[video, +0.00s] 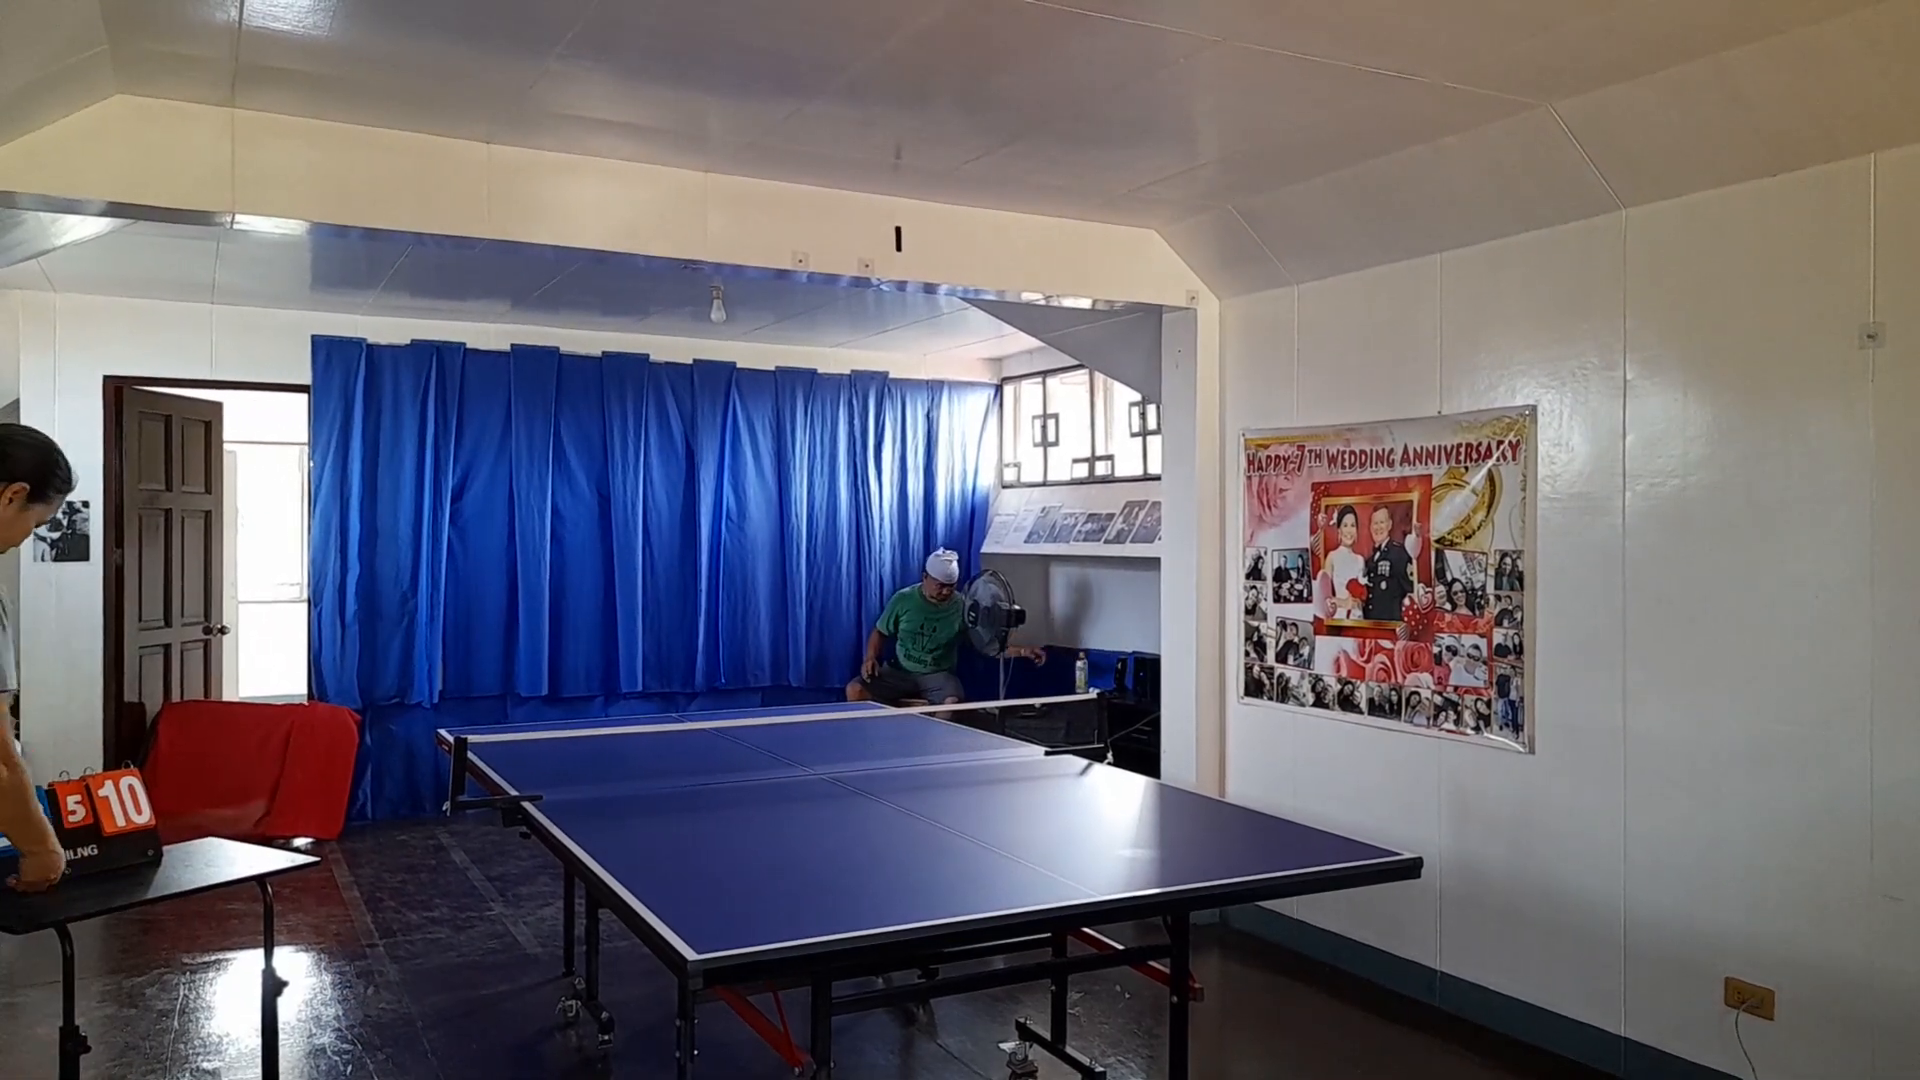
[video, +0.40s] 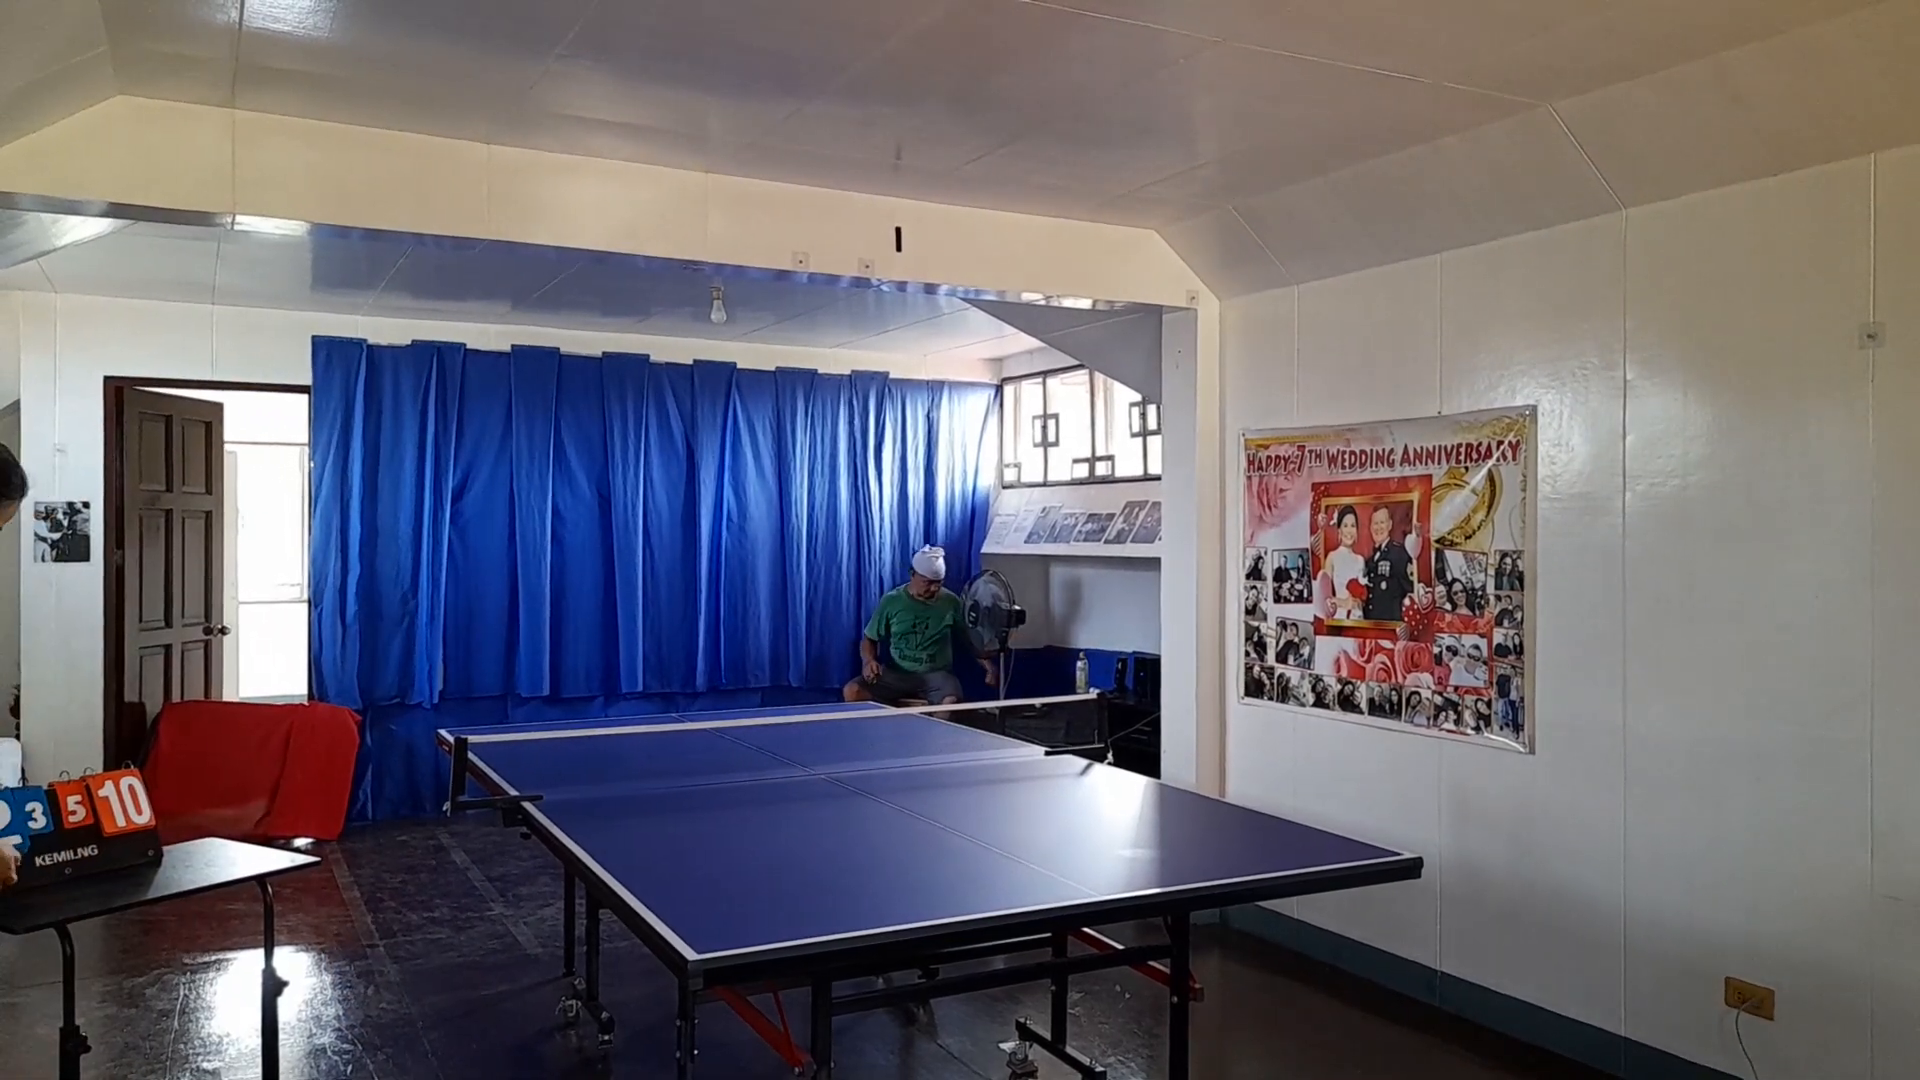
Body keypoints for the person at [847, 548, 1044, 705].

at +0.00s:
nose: (945, 592)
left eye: (950, 587)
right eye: (940, 585)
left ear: (956, 583)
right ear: (925, 578)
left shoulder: (963, 607)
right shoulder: (904, 599)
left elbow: (986, 645)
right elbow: (880, 632)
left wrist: (1022, 651)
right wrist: (870, 657)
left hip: (938, 676)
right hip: (901, 672)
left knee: (951, 703)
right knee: (854, 690)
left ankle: (933, 752)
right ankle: (871, 746)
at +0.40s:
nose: (933, 589)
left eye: (938, 583)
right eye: (928, 582)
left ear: (943, 579)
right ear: (913, 576)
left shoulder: (952, 603)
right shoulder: (891, 601)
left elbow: (970, 639)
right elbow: (869, 637)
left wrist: (988, 666)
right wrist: (868, 661)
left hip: (936, 675)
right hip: (898, 673)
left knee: (950, 701)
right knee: (852, 691)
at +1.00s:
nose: (900, 586)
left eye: (903, 579)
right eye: (892, 582)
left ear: (907, 574)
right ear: (877, 580)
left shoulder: (926, 598)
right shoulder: (866, 611)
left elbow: (949, 637)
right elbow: (858, 655)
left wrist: (961, 679)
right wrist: (872, 678)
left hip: (928, 671)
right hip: (888, 674)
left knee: (940, 698)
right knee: (848, 690)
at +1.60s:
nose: (867, 609)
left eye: (870, 601)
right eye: (859, 606)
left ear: (880, 589)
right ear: (852, 605)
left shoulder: (907, 604)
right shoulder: (850, 625)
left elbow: (945, 622)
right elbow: (849, 663)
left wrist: (960, 660)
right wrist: (864, 668)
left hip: (921, 670)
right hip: (883, 674)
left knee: (934, 698)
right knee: (847, 691)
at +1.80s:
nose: (861, 606)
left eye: (866, 597)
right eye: (854, 600)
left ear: (878, 588)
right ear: (848, 600)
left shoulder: (903, 610)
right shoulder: (845, 623)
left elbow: (943, 636)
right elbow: (848, 658)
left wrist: (947, 679)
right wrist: (868, 685)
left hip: (916, 669)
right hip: (878, 670)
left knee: (930, 702)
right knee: (843, 695)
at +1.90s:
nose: (855, 579)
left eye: (860, 571)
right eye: (849, 573)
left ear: (876, 570)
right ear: (844, 576)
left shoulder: (898, 597)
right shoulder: (843, 606)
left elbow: (918, 645)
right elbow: (847, 649)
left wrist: (935, 694)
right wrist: (860, 684)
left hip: (908, 660)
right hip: (873, 663)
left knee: (928, 702)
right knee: (842, 694)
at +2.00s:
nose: (850, 552)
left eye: (858, 545)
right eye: (847, 545)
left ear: (875, 548)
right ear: (843, 548)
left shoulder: (891, 581)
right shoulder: (840, 586)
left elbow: (897, 638)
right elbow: (845, 635)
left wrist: (900, 686)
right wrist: (857, 680)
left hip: (912, 646)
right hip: (874, 649)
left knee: (909, 703)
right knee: (843, 695)